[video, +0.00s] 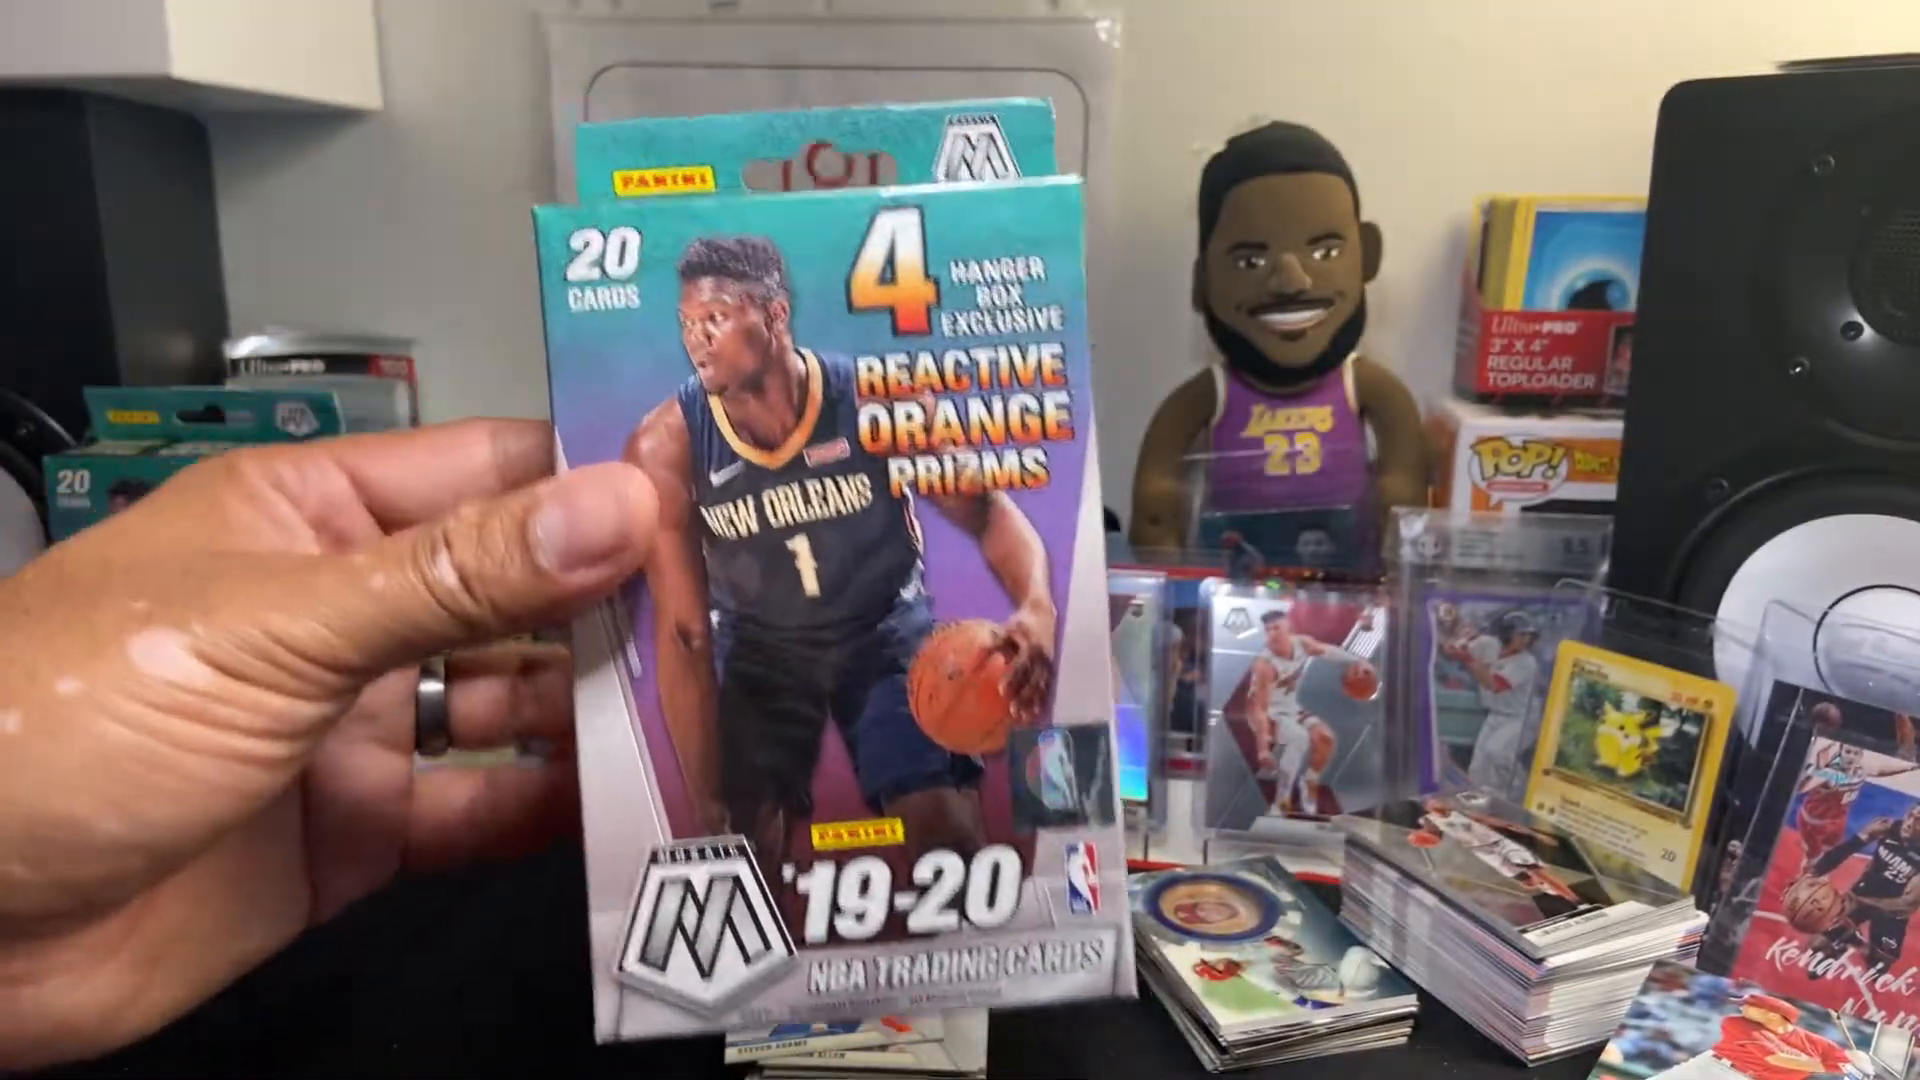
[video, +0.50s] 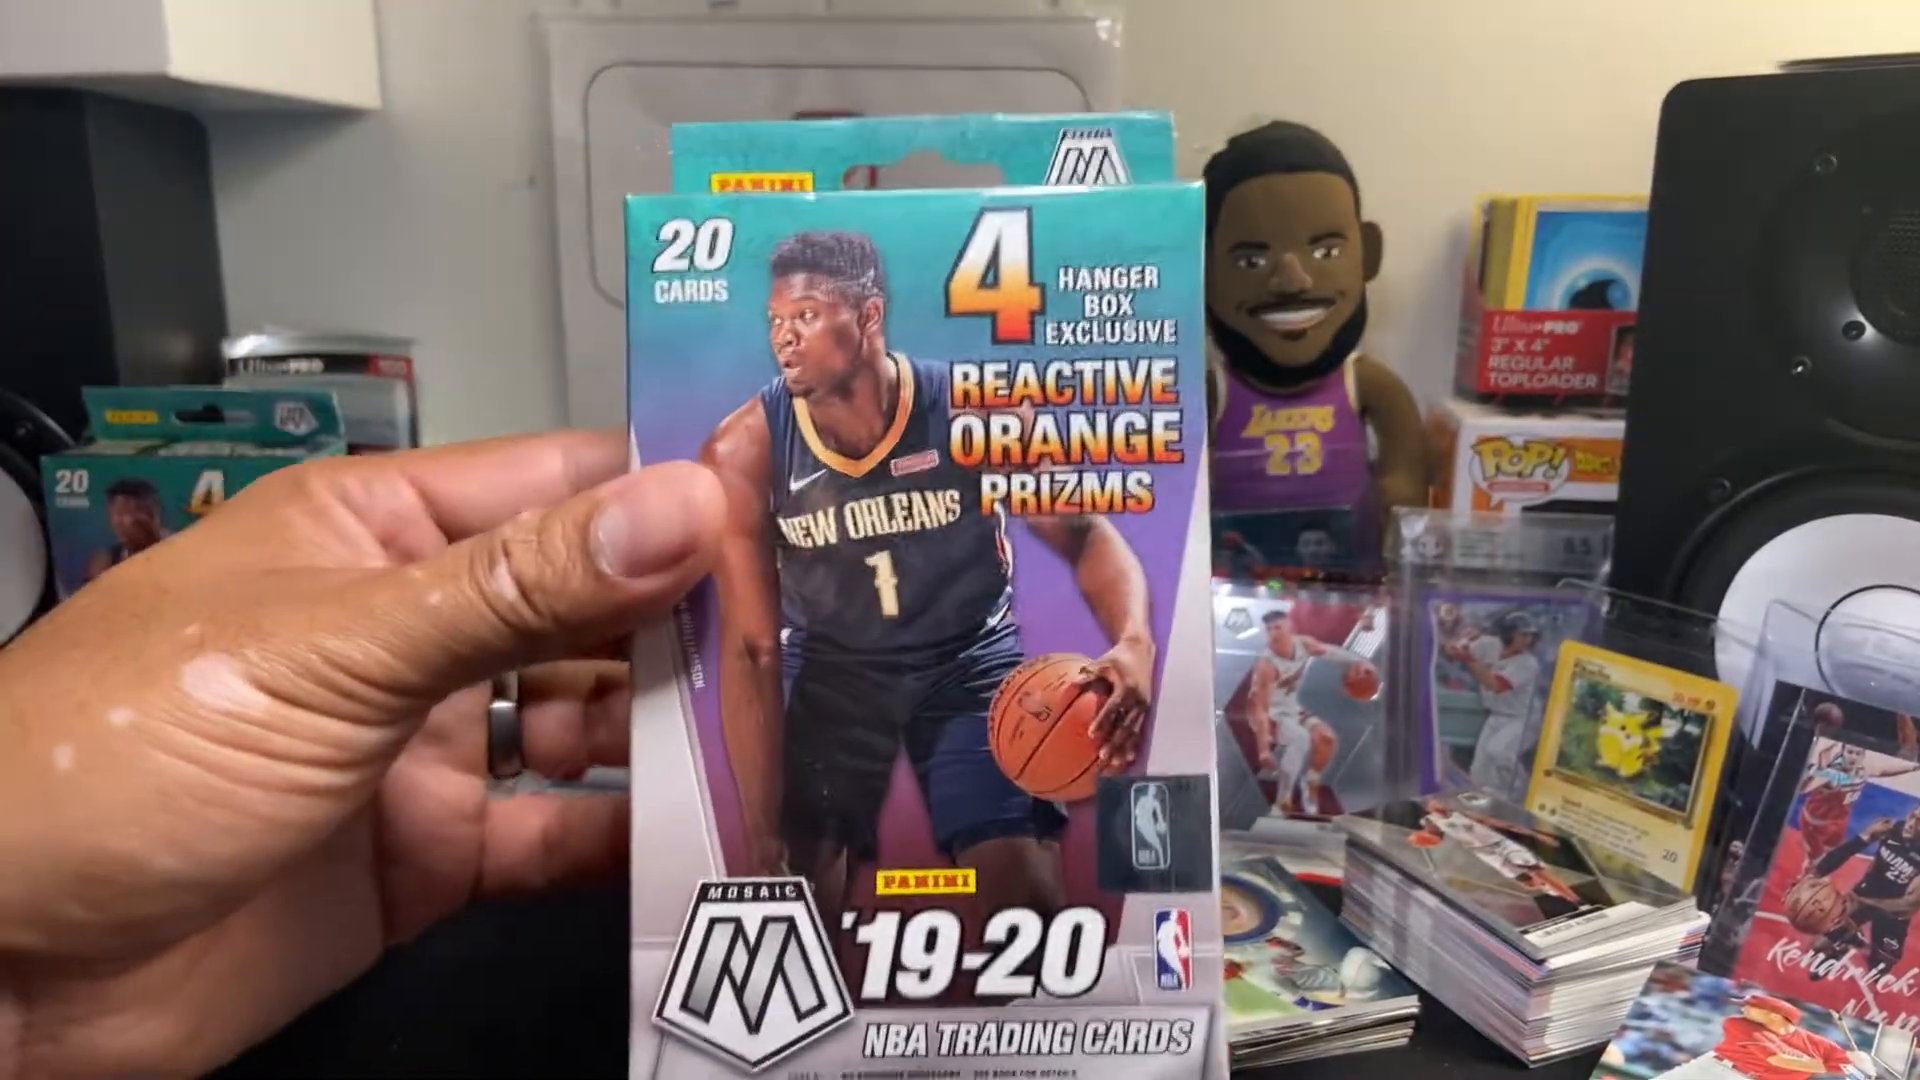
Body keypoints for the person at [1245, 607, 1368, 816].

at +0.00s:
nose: (1274, 634)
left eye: (1278, 628)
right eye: (1269, 630)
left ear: (1288, 628)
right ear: (1265, 634)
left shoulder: (1302, 644)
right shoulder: (1264, 665)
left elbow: (1329, 652)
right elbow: (1257, 709)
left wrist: (1358, 661)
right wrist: (1263, 749)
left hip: (1294, 709)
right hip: (1271, 712)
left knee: (1325, 739)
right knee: (1299, 737)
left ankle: (1309, 785)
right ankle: (1282, 800)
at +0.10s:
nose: (1273, 634)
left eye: (1277, 628)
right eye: (1269, 630)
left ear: (1287, 628)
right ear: (1265, 633)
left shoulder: (1302, 644)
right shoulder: (1264, 664)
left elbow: (1329, 652)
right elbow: (1257, 709)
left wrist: (1358, 661)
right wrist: (1263, 749)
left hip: (1294, 709)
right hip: (1270, 713)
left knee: (1325, 738)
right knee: (1299, 738)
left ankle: (1310, 785)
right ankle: (1281, 801)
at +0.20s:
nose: (1274, 634)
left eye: (1278, 628)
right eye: (1269, 630)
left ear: (1288, 628)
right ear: (1265, 633)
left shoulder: (1303, 644)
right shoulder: (1264, 664)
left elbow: (1330, 652)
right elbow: (1256, 709)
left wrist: (1359, 661)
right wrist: (1263, 750)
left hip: (1294, 709)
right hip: (1271, 712)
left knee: (1326, 739)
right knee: (1299, 738)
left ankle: (1310, 785)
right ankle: (1282, 801)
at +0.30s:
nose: (1274, 634)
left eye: (1278, 628)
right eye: (1269, 630)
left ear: (1288, 627)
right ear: (1266, 633)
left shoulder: (1303, 644)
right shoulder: (1264, 664)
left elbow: (1330, 652)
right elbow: (1257, 709)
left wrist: (1359, 661)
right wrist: (1263, 750)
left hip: (1294, 709)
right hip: (1270, 713)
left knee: (1326, 738)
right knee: (1299, 738)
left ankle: (1311, 785)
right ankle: (1282, 802)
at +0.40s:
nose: (1274, 634)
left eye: (1278, 628)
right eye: (1270, 629)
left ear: (1289, 628)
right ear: (1266, 633)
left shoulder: (1303, 644)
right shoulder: (1264, 665)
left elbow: (1331, 652)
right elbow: (1257, 709)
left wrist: (1359, 661)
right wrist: (1264, 750)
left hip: (1294, 709)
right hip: (1271, 712)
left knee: (1326, 739)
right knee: (1300, 738)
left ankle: (1311, 784)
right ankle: (1283, 801)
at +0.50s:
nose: (1275, 634)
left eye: (1279, 628)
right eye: (1270, 629)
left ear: (1289, 628)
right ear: (1266, 633)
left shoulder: (1303, 644)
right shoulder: (1265, 665)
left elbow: (1331, 652)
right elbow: (1258, 709)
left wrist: (1359, 661)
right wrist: (1264, 750)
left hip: (1294, 709)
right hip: (1270, 712)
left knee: (1326, 739)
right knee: (1300, 738)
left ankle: (1311, 784)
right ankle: (1283, 801)